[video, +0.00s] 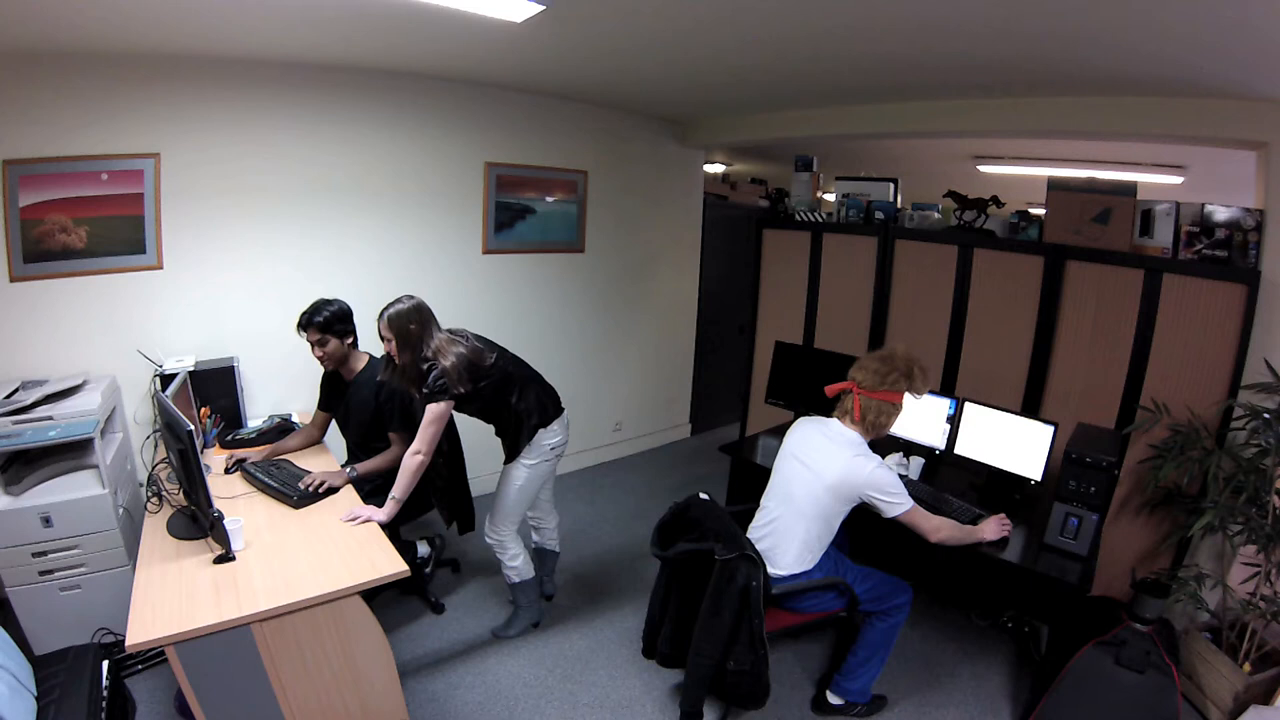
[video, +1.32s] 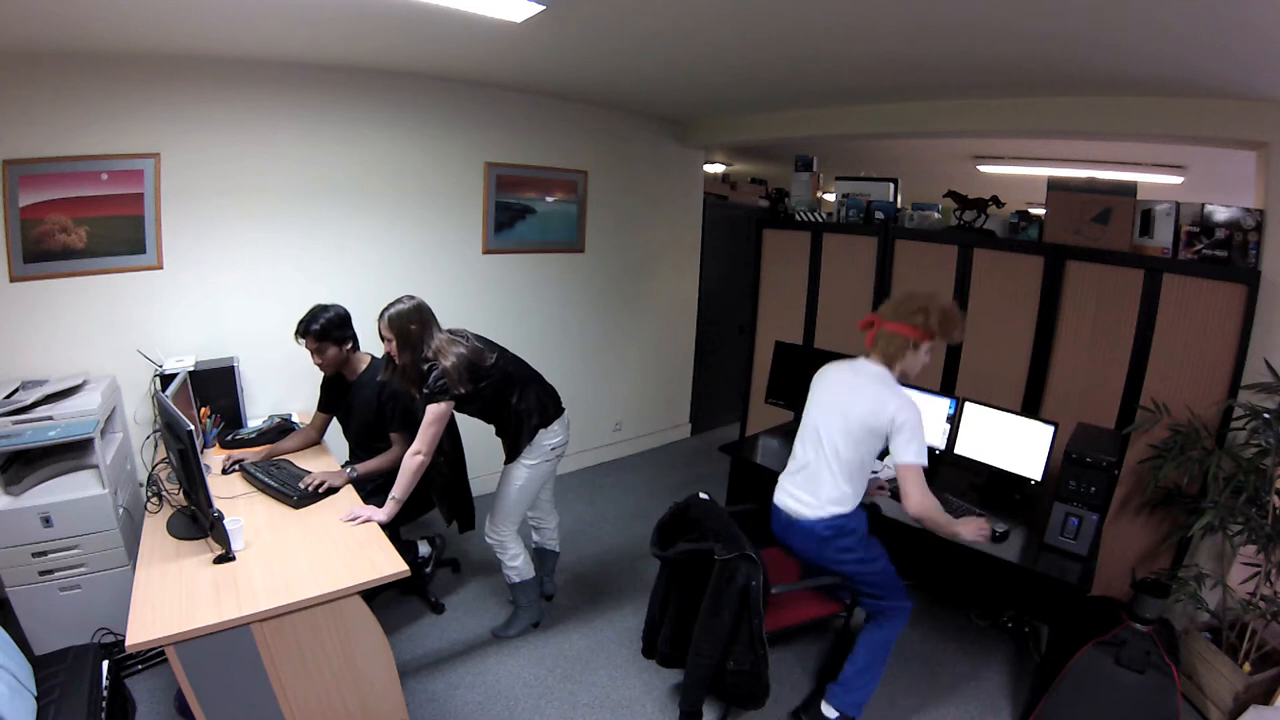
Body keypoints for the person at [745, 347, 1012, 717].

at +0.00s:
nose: (895, 420)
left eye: (897, 412)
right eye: (896, 413)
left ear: (848, 398)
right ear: (886, 417)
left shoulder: (802, 426)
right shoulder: (868, 468)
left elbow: (819, 478)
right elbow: (934, 530)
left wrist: (874, 471)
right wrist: (981, 531)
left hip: (748, 552)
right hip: (786, 577)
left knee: (837, 545)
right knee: (896, 596)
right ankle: (844, 695)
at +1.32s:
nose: (930, 361)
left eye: (932, 352)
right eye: (931, 351)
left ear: (882, 335)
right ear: (917, 347)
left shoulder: (829, 373)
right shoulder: (900, 406)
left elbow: (815, 449)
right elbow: (917, 504)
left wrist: (862, 481)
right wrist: (957, 528)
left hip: (784, 511)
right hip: (827, 529)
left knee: (856, 519)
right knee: (893, 605)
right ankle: (836, 708)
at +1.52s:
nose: (951, 322)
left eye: (954, 311)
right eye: (947, 308)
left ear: (914, 302)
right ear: (918, 301)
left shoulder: (867, 339)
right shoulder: (899, 369)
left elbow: (840, 426)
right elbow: (864, 471)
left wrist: (877, 486)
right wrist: (895, 541)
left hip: (822, 491)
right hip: (847, 508)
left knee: (857, 587)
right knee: (892, 641)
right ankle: (838, 716)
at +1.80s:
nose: (987, 318)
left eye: (994, 307)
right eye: (987, 302)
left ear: (960, 288)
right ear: (954, 282)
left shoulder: (935, 339)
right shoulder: (898, 354)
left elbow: (946, 415)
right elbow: (897, 481)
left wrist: (985, 479)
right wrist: (960, 571)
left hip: (892, 501)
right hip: (860, 509)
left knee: (887, 600)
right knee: (856, 664)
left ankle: (865, 665)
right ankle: (838, 709)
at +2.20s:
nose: (1004, 320)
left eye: (1010, 310)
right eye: (1002, 306)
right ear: (973, 285)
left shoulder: (960, 337)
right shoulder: (907, 353)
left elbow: (970, 417)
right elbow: (904, 486)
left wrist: (1005, 489)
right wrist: (944, 591)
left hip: (931, 506)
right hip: (889, 519)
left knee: (905, 616)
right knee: (866, 649)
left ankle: (875, 689)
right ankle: (838, 711)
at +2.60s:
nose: (1002, 322)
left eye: (1008, 311)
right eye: (1000, 308)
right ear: (969, 287)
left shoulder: (964, 338)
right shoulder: (908, 353)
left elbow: (975, 415)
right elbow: (908, 486)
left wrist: (1013, 484)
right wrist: (953, 587)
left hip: (939, 506)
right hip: (897, 517)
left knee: (909, 615)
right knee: (867, 651)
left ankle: (876, 688)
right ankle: (834, 712)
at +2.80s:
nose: (999, 334)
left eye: (1005, 323)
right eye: (997, 320)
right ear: (970, 299)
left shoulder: (965, 347)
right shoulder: (908, 357)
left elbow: (984, 422)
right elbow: (919, 487)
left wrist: (1030, 486)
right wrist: (971, 586)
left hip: (932, 518)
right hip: (892, 528)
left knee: (917, 632)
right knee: (875, 688)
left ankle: (881, 694)